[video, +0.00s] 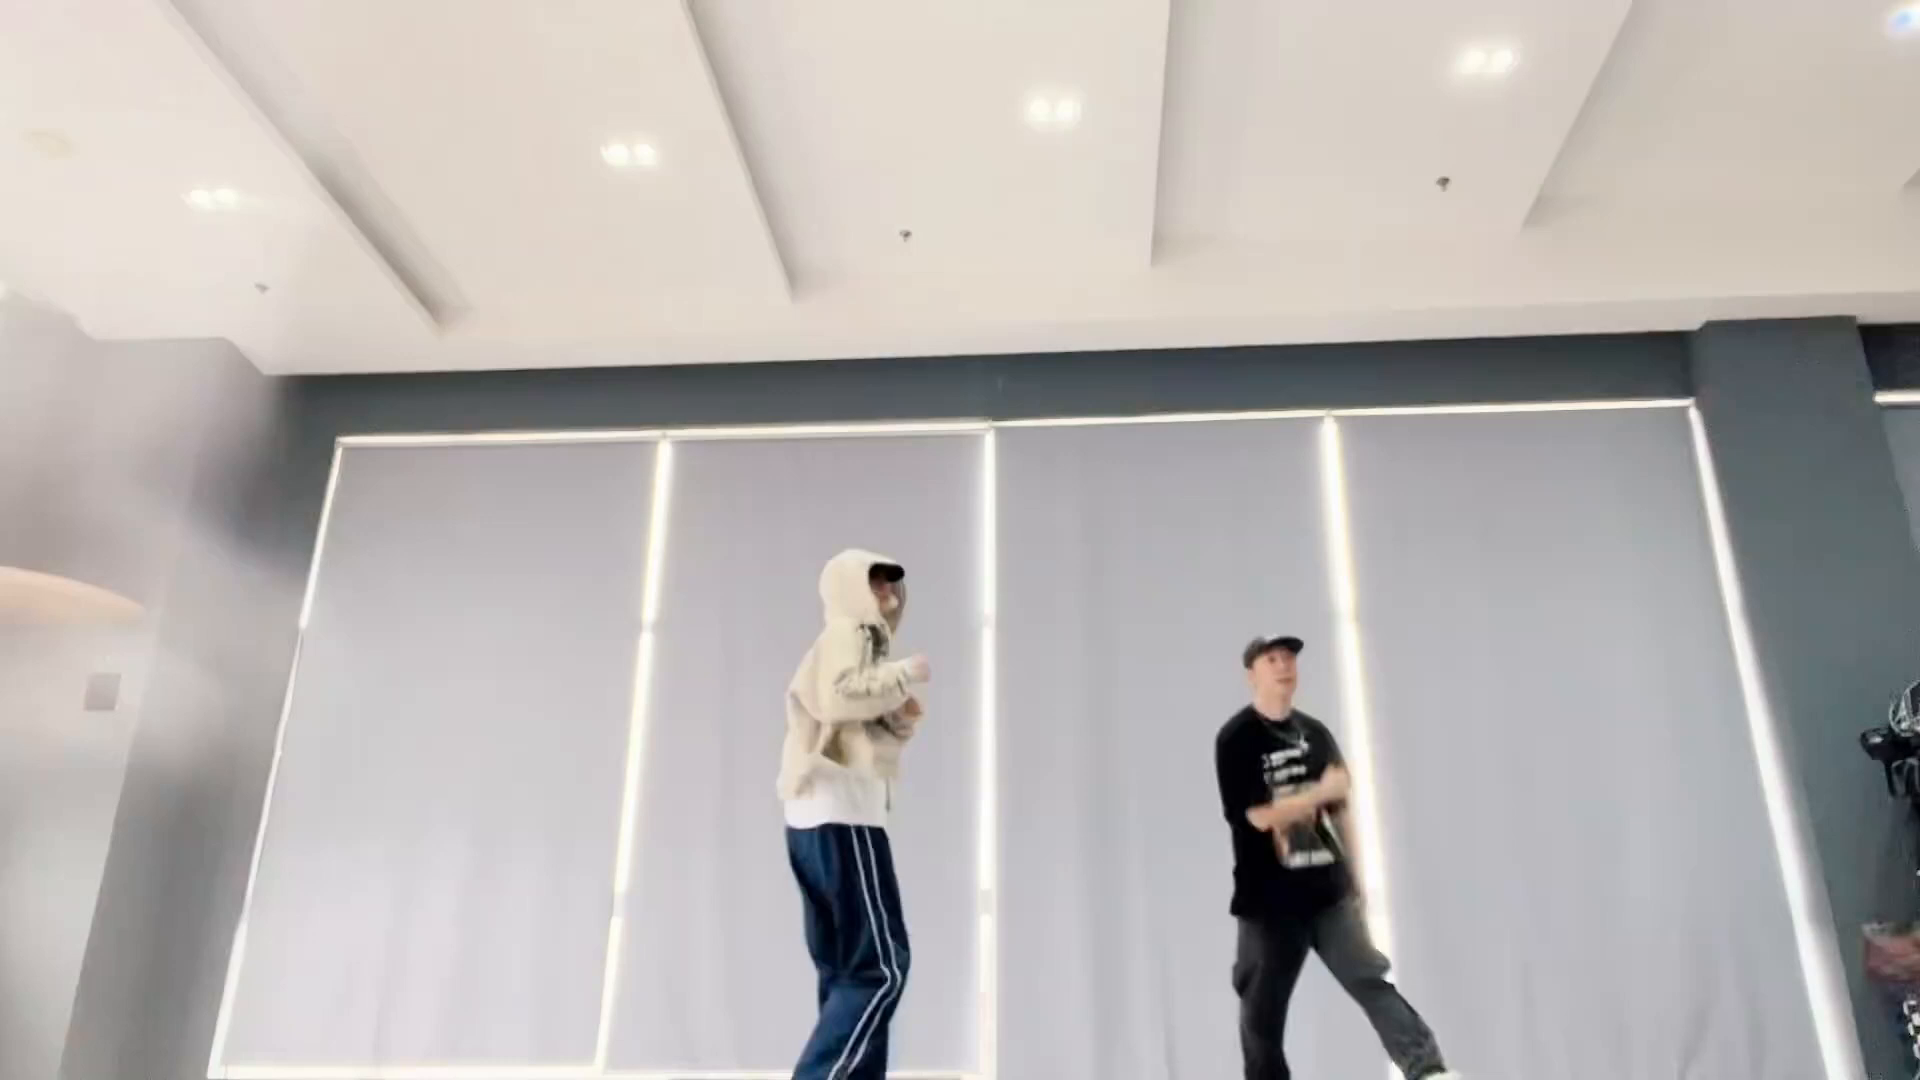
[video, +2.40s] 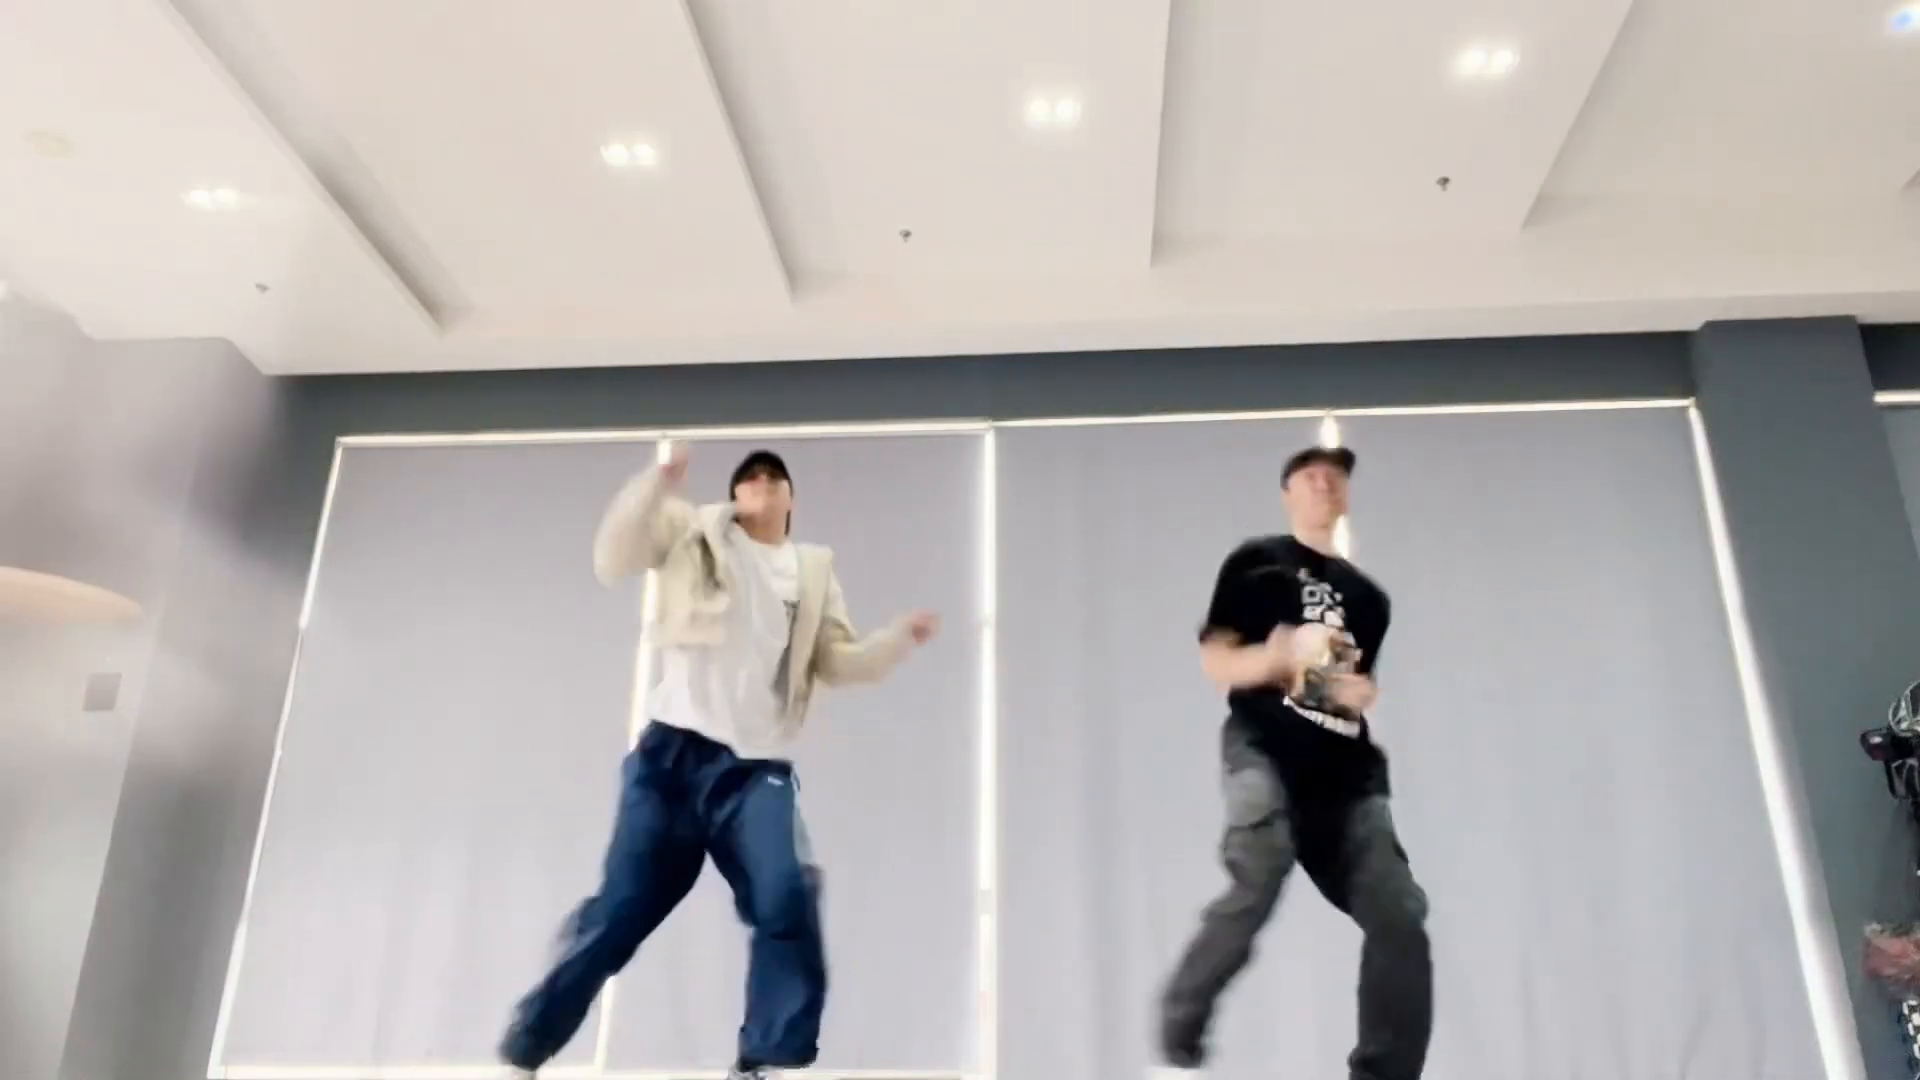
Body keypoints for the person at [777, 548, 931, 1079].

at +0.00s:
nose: (893, 592)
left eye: (894, 583)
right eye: (881, 582)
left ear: (844, 596)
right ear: (853, 588)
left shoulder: (840, 646)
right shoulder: (849, 633)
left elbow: (865, 746)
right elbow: (835, 699)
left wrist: (901, 723)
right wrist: (903, 675)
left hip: (817, 822)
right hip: (844, 818)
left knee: (845, 969)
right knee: (884, 964)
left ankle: (858, 1075)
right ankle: (823, 1075)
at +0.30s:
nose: (896, 580)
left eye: (904, 573)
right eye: (887, 570)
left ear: (916, 590)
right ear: (867, 582)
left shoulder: (921, 652)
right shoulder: (839, 629)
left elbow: (961, 689)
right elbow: (813, 598)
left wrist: (941, 616)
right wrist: (867, 560)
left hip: (874, 793)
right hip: (816, 777)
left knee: (878, 950)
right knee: (862, 884)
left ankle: (853, 1071)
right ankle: (802, 1000)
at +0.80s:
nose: (844, 550)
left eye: (855, 543)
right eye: (836, 544)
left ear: (874, 560)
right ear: (825, 559)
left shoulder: (900, 608)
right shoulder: (801, 618)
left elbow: (944, 646)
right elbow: (731, 673)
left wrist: (932, 580)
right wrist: (757, 604)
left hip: (873, 797)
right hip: (803, 791)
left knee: (864, 944)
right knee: (776, 928)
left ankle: (868, 1072)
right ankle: (745, 1064)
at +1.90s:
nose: (794, 474)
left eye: (807, 470)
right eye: (783, 466)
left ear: (822, 495)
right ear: (763, 487)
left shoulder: (845, 559)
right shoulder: (722, 547)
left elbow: (858, 664)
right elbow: (676, 653)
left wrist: (874, 631)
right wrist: (691, 583)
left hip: (799, 752)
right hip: (718, 740)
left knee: (791, 921)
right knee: (700, 850)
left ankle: (803, 1069)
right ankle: (694, 1039)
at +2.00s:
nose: (802, 488)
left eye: (815, 484)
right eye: (791, 480)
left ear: (828, 509)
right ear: (769, 500)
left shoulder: (839, 586)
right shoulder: (720, 551)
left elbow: (834, 693)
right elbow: (652, 635)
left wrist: (850, 637)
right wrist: (689, 560)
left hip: (783, 770)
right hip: (695, 755)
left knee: (797, 912)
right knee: (633, 861)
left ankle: (792, 1067)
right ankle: (602, 998)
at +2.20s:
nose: (772, 555)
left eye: (784, 553)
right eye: (761, 549)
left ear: (795, 582)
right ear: (738, 567)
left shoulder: (807, 659)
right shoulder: (702, 593)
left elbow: (892, 679)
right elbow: (712, 486)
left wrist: (975, 697)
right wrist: (710, 381)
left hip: (717, 835)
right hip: (627, 813)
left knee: (833, 908)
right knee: (539, 957)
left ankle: (754, 1055)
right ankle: (430, 1056)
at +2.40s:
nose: (760, 486)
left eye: (772, 479)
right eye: (748, 480)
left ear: (792, 500)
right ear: (731, 499)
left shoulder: (812, 569)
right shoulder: (690, 529)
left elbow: (834, 663)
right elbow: (613, 561)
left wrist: (900, 638)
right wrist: (659, 481)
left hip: (757, 769)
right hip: (670, 753)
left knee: (785, 899)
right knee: (626, 906)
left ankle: (773, 1062)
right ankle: (523, 1049)